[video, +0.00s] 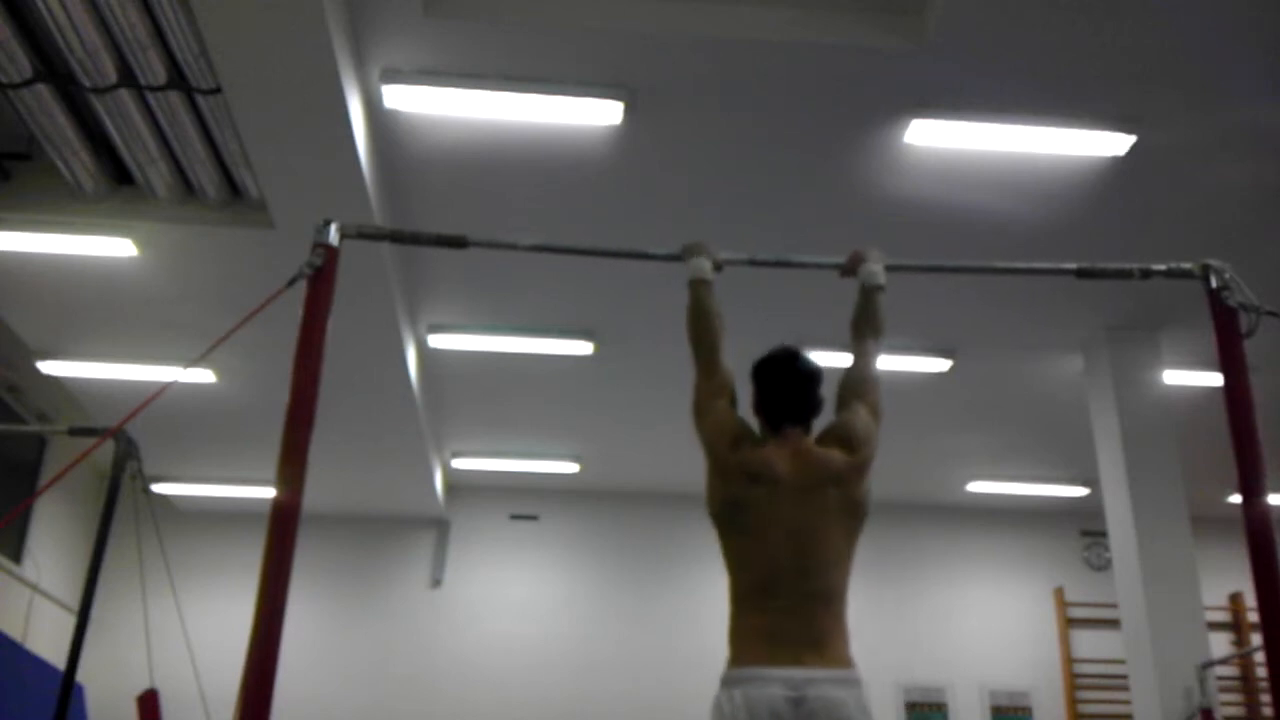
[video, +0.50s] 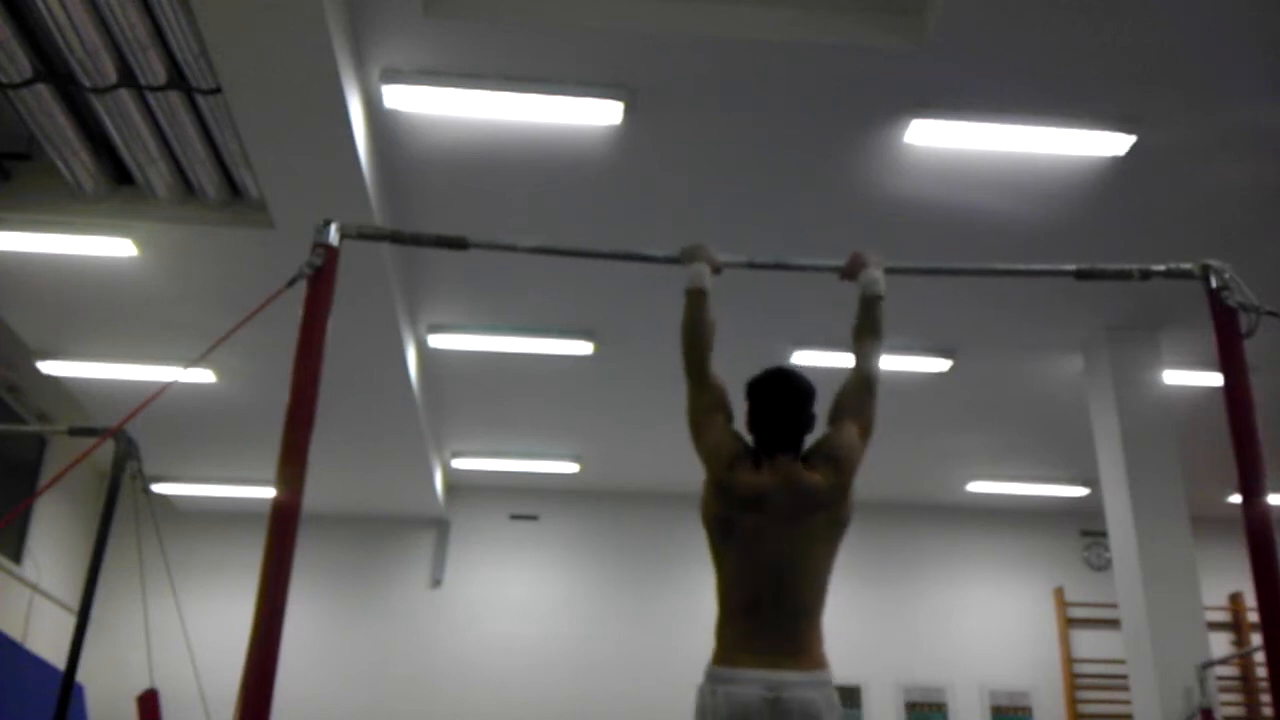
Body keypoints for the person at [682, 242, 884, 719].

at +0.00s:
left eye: (762, 397)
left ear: (755, 407)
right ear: (817, 406)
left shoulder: (732, 460)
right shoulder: (846, 461)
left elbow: (708, 361)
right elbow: (865, 352)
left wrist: (699, 270)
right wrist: (872, 278)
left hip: (751, 686)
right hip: (834, 686)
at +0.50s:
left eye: (759, 410)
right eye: (800, 411)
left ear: (749, 422)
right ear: (808, 426)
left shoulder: (726, 473)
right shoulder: (830, 479)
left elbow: (699, 374)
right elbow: (866, 369)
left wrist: (697, 277)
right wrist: (872, 287)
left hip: (731, 686)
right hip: (808, 688)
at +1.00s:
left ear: (788, 207)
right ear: (853, 211)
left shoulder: (755, 270)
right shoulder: (879, 282)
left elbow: (685, 314)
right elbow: (911, 324)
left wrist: (695, 262)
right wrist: (876, 273)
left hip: (763, 497)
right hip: (840, 505)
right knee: (800, 559)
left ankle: (743, 580)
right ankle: (761, 581)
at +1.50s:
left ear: (749, 108)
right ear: (805, 109)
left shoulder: (732, 124)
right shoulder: (838, 135)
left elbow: (667, 152)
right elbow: (906, 178)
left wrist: (688, 232)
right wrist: (876, 241)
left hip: (757, 257)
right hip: (831, 258)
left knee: (749, 425)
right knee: (811, 427)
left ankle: (752, 569)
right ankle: (785, 573)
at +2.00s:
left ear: (751, 59)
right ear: (808, 58)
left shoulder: (731, 74)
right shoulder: (836, 76)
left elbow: (681, 143)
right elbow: (880, 148)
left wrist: (690, 224)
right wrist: (872, 227)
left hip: (754, 178)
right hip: (832, 178)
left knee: (762, 355)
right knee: (829, 356)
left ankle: (778, 506)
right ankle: (821, 502)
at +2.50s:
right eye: (809, 216)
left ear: (759, 218)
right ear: (821, 218)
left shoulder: (730, 280)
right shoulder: (851, 287)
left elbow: (669, 335)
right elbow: (904, 335)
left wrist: (689, 274)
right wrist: (878, 279)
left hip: (748, 510)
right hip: (824, 512)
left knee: (740, 672)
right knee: (809, 672)